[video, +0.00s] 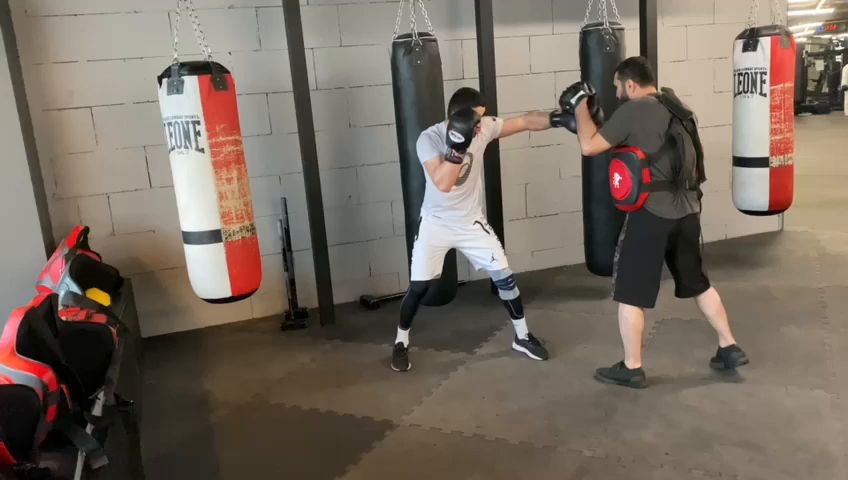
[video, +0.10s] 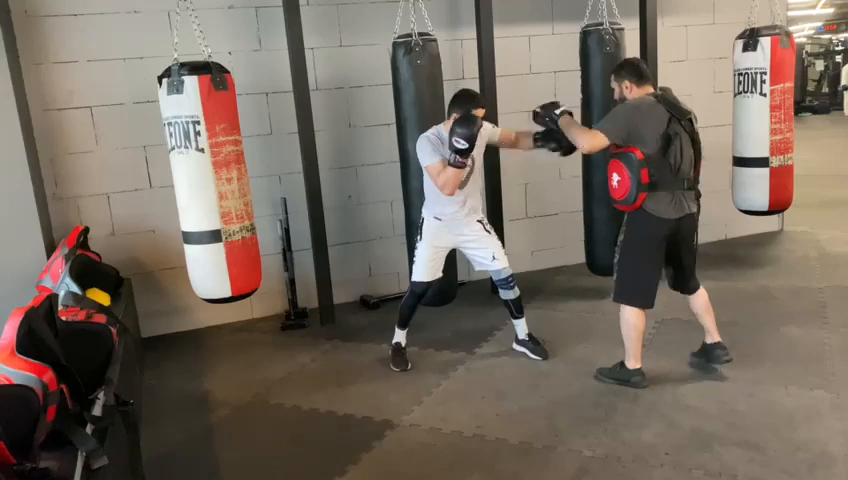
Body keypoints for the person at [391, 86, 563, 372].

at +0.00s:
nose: (484, 118)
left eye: (484, 114)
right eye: (480, 114)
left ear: (478, 117)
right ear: (462, 115)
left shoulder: (484, 129)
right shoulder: (429, 139)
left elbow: (524, 122)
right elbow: (443, 183)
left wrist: (559, 119)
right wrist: (458, 146)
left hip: (472, 222)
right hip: (435, 224)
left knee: (503, 275)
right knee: (419, 285)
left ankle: (523, 336)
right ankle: (400, 342)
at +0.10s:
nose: (482, 120)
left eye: (482, 117)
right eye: (479, 116)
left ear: (473, 117)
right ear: (460, 116)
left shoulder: (480, 131)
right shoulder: (428, 142)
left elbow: (514, 139)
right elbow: (447, 187)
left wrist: (546, 138)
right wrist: (461, 152)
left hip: (472, 221)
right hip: (436, 225)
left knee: (503, 274)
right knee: (420, 285)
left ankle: (523, 336)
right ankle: (398, 342)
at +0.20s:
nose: (472, 122)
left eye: (475, 117)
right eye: (468, 116)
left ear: (472, 117)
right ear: (448, 114)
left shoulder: (469, 133)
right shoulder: (422, 142)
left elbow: (487, 161)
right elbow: (441, 189)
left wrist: (510, 152)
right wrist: (456, 155)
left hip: (468, 223)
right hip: (433, 226)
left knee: (500, 275)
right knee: (419, 290)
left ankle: (522, 336)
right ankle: (398, 342)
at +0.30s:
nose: (462, 123)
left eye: (464, 118)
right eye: (457, 117)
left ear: (450, 118)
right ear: (439, 116)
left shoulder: (452, 139)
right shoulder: (413, 147)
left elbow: (467, 171)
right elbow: (438, 191)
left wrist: (482, 153)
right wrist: (452, 156)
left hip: (458, 225)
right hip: (424, 230)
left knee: (493, 276)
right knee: (416, 292)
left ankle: (521, 336)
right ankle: (397, 344)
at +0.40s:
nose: (456, 116)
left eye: (459, 112)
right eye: (452, 111)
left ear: (447, 112)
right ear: (434, 110)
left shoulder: (445, 135)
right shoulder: (408, 142)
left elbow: (459, 167)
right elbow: (431, 187)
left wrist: (475, 143)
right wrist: (448, 148)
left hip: (451, 224)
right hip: (419, 227)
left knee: (485, 276)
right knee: (411, 290)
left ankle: (511, 336)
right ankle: (397, 344)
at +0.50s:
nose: (457, 109)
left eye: (460, 104)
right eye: (454, 102)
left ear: (445, 102)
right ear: (434, 100)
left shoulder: (445, 127)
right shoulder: (409, 130)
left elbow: (461, 161)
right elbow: (430, 176)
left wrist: (475, 134)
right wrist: (448, 141)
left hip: (449, 217)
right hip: (418, 220)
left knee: (476, 275)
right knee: (408, 285)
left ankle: (494, 338)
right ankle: (397, 344)